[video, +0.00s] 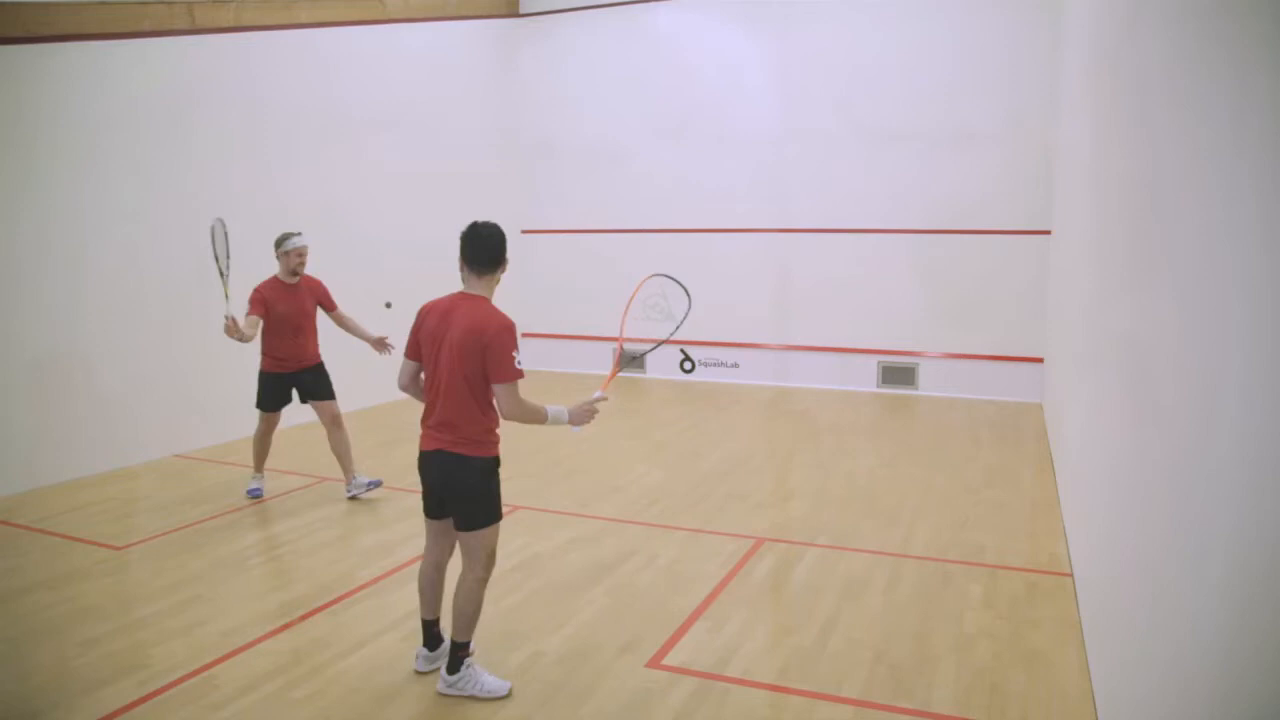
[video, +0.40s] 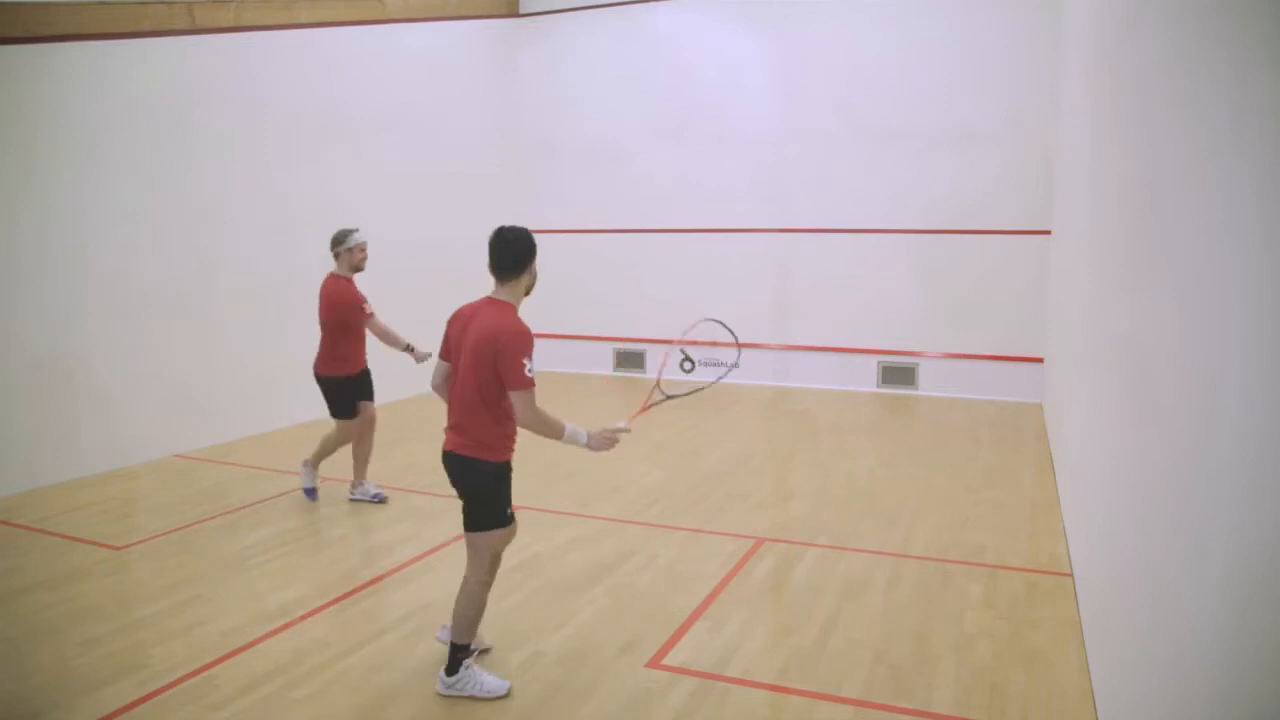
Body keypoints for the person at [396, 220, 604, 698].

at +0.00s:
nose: (502, 268)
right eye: (504, 261)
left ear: (461, 262)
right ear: (503, 266)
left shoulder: (431, 312)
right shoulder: (496, 325)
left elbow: (407, 381)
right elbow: (510, 407)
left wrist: (447, 401)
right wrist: (566, 414)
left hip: (432, 458)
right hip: (473, 464)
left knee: (436, 549)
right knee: (477, 566)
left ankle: (430, 646)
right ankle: (458, 668)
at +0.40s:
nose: (537, 271)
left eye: (534, 263)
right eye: (537, 264)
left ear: (491, 268)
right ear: (530, 269)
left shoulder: (463, 315)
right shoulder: (513, 331)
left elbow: (440, 380)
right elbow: (526, 414)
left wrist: (480, 412)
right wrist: (585, 437)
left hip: (460, 452)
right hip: (486, 462)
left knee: (502, 530)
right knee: (481, 567)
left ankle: (461, 628)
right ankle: (456, 671)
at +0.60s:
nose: (564, 273)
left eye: (559, 265)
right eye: (562, 266)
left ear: (520, 271)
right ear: (555, 272)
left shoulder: (493, 319)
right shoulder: (543, 332)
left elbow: (468, 384)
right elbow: (560, 413)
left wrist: (508, 418)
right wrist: (618, 432)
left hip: (493, 453)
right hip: (515, 463)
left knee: (532, 523)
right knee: (497, 564)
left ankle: (539, 614)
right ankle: (457, 668)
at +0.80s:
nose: (599, 272)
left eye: (595, 264)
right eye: (597, 265)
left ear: (556, 274)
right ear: (591, 272)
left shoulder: (537, 321)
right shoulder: (578, 332)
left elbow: (521, 383)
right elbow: (600, 405)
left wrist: (565, 400)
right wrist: (663, 409)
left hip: (537, 451)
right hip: (559, 460)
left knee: (563, 537)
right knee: (586, 564)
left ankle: (543, 613)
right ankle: (505, 631)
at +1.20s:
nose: (726, 300)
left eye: (723, 293)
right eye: (722, 294)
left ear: (686, 302)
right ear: (714, 304)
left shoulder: (674, 339)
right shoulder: (686, 352)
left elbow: (692, 352)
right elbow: (692, 415)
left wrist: (715, 346)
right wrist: (740, 386)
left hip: (660, 472)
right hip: (688, 479)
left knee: (650, 538)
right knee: (760, 543)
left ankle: (576, 588)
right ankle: (801, 625)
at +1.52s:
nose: (760, 320)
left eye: (759, 312)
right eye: (752, 313)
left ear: (738, 318)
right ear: (725, 318)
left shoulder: (742, 365)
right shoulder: (693, 366)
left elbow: (754, 424)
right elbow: (675, 436)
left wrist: (797, 467)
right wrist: (717, 442)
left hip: (727, 472)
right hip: (689, 483)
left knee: (771, 540)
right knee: (751, 557)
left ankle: (754, 592)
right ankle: (752, 637)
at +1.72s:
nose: (730, 302)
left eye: (733, 292)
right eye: (724, 292)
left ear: (719, 289)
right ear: (693, 288)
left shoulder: (714, 334)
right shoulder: (640, 327)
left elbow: (736, 392)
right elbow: (581, 370)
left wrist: (794, 425)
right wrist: (608, 373)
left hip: (692, 453)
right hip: (645, 462)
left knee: (731, 540)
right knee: (685, 562)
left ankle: (707, 613)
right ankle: (706, 640)